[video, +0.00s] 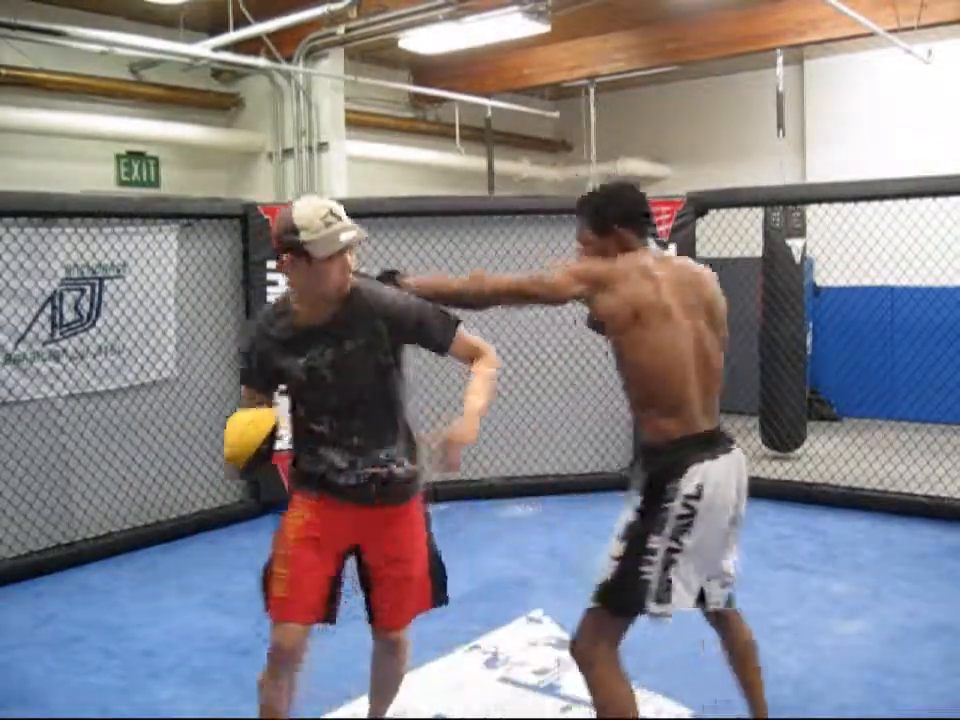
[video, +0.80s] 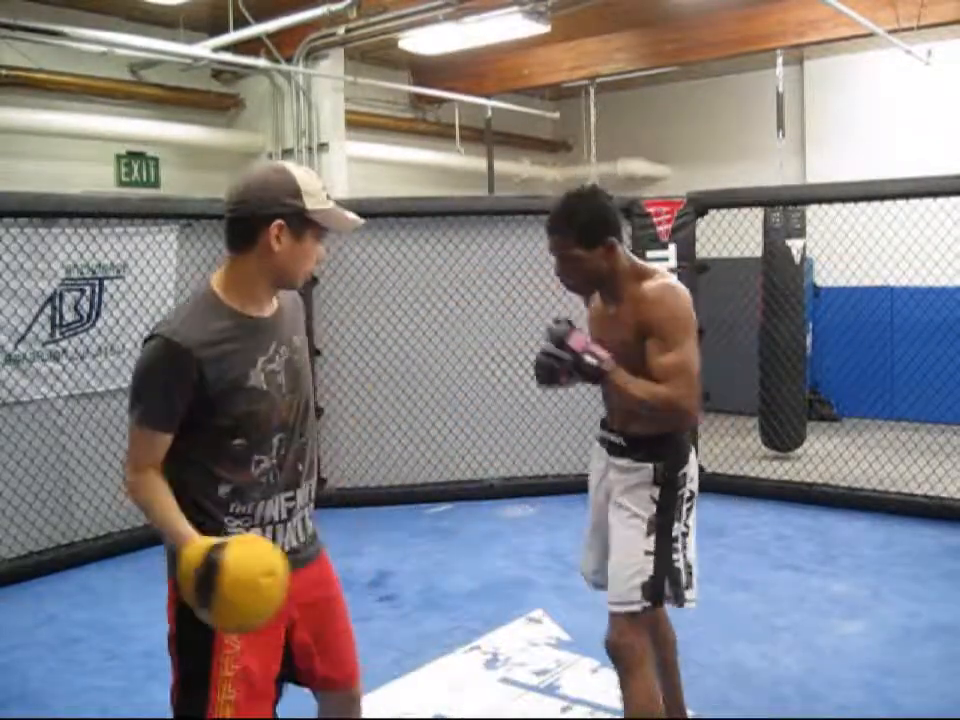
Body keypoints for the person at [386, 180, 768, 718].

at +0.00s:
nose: (579, 249)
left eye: (585, 238)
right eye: (579, 238)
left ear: (613, 235)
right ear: (641, 232)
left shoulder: (604, 276)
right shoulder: (701, 276)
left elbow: (484, 290)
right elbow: (714, 344)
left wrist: (398, 283)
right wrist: (617, 315)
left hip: (680, 479)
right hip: (725, 465)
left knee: (593, 647)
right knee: (721, 607)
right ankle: (760, 712)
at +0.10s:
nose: (594, 271)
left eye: (603, 262)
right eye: (595, 260)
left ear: (639, 270)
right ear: (655, 270)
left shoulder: (620, 323)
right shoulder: (709, 313)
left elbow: (510, 363)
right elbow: (723, 397)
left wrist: (456, 323)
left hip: (700, 509)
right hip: (739, 489)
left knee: (589, 659)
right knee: (732, 613)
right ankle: (773, 710)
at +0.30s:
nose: (580, 261)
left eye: (593, 252)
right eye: (580, 249)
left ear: (634, 253)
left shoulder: (687, 313)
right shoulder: (614, 305)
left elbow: (701, 407)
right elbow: (569, 341)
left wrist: (616, 366)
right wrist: (536, 326)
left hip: (695, 481)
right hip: (666, 477)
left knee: (625, 652)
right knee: (709, 609)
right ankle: (769, 711)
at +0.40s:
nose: (576, 260)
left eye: (589, 249)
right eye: (576, 246)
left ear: (632, 250)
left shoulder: (688, 302)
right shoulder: (589, 278)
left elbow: (729, 411)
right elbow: (493, 298)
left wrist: (639, 355)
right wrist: (447, 284)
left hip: (694, 473)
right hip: (646, 468)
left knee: (636, 651)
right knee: (702, 609)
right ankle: (776, 709)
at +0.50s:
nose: (569, 261)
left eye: (581, 249)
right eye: (568, 248)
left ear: (626, 244)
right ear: (616, 243)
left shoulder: (690, 295)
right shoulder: (581, 277)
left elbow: (723, 411)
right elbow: (509, 305)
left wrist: (638, 358)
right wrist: (472, 310)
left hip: (681, 472)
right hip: (633, 468)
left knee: (636, 651)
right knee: (687, 609)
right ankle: (765, 702)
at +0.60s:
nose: (571, 261)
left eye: (581, 248)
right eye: (569, 248)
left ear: (625, 241)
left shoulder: (690, 295)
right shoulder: (582, 282)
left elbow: (719, 413)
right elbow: (535, 363)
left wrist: (637, 365)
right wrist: (532, 354)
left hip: (674, 472)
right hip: (621, 463)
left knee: (637, 647)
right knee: (662, 610)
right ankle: (716, 703)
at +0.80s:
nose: (558, 269)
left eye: (564, 257)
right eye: (555, 257)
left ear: (603, 249)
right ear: (597, 250)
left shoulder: (664, 298)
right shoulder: (600, 294)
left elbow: (684, 405)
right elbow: (619, 371)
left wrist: (606, 370)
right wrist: (577, 366)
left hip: (656, 473)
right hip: (615, 463)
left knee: (626, 643)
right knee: (647, 618)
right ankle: (674, 711)